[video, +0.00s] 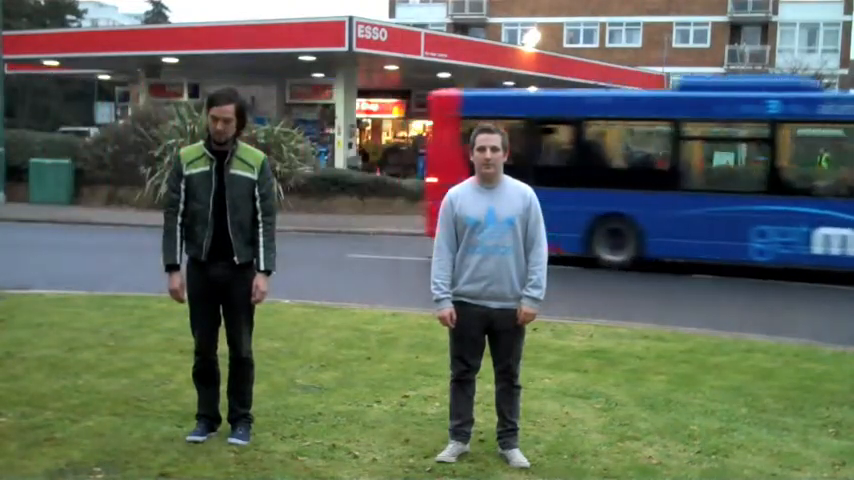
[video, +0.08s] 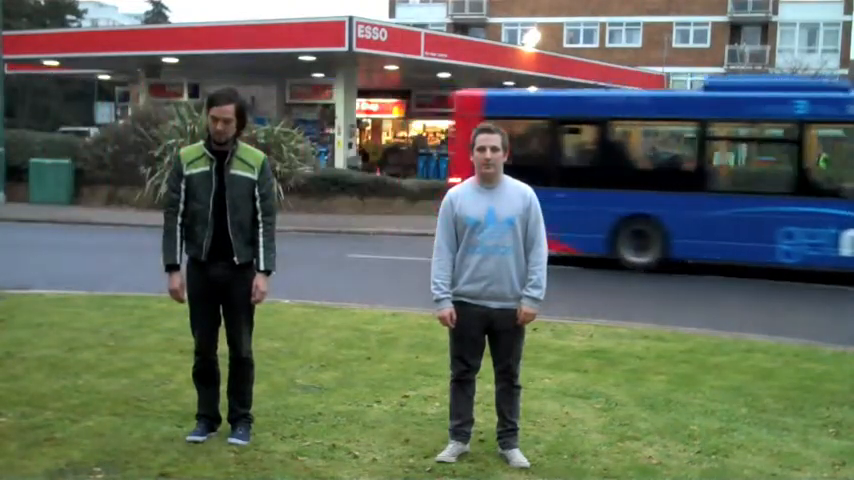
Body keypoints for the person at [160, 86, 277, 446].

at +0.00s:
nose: (220, 126)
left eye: (227, 121)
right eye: (215, 119)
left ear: (239, 123)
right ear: (206, 119)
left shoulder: (257, 163)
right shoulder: (185, 160)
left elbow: (266, 220)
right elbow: (172, 216)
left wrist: (264, 271)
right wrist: (173, 269)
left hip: (241, 270)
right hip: (200, 269)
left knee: (240, 350)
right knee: (203, 349)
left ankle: (240, 421)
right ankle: (206, 419)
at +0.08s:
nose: (220, 127)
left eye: (227, 121)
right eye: (215, 120)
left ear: (239, 123)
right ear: (206, 119)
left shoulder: (258, 163)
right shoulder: (185, 160)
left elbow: (267, 220)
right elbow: (172, 216)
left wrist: (264, 271)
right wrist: (173, 269)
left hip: (241, 270)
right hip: (200, 269)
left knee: (240, 350)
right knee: (203, 349)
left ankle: (240, 421)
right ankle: (206, 419)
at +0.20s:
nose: (220, 127)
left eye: (227, 121)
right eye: (215, 120)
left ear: (240, 123)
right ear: (206, 119)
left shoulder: (258, 163)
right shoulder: (185, 160)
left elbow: (267, 220)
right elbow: (173, 216)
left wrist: (264, 271)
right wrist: (173, 269)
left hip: (241, 270)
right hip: (200, 269)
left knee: (240, 350)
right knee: (203, 349)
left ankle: (240, 421)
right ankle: (206, 419)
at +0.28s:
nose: (220, 127)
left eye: (227, 121)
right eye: (215, 120)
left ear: (240, 123)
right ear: (206, 119)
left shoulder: (258, 163)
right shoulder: (185, 160)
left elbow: (267, 220)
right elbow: (173, 216)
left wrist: (264, 271)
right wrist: (174, 269)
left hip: (241, 270)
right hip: (200, 269)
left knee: (240, 350)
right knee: (203, 349)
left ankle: (240, 421)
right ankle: (206, 419)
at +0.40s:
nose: (219, 127)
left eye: (227, 122)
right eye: (214, 120)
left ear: (240, 124)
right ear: (206, 119)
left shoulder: (258, 164)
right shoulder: (186, 160)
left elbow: (267, 220)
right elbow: (174, 216)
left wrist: (264, 272)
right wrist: (175, 269)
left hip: (241, 270)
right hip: (200, 269)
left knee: (240, 350)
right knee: (204, 349)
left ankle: (240, 421)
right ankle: (206, 419)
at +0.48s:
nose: (219, 127)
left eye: (227, 122)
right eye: (215, 120)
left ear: (240, 124)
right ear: (207, 120)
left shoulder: (259, 164)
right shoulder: (186, 160)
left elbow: (268, 221)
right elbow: (174, 216)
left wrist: (264, 272)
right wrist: (176, 269)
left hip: (241, 271)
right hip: (200, 269)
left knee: (241, 350)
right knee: (203, 350)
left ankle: (240, 421)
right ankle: (206, 419)